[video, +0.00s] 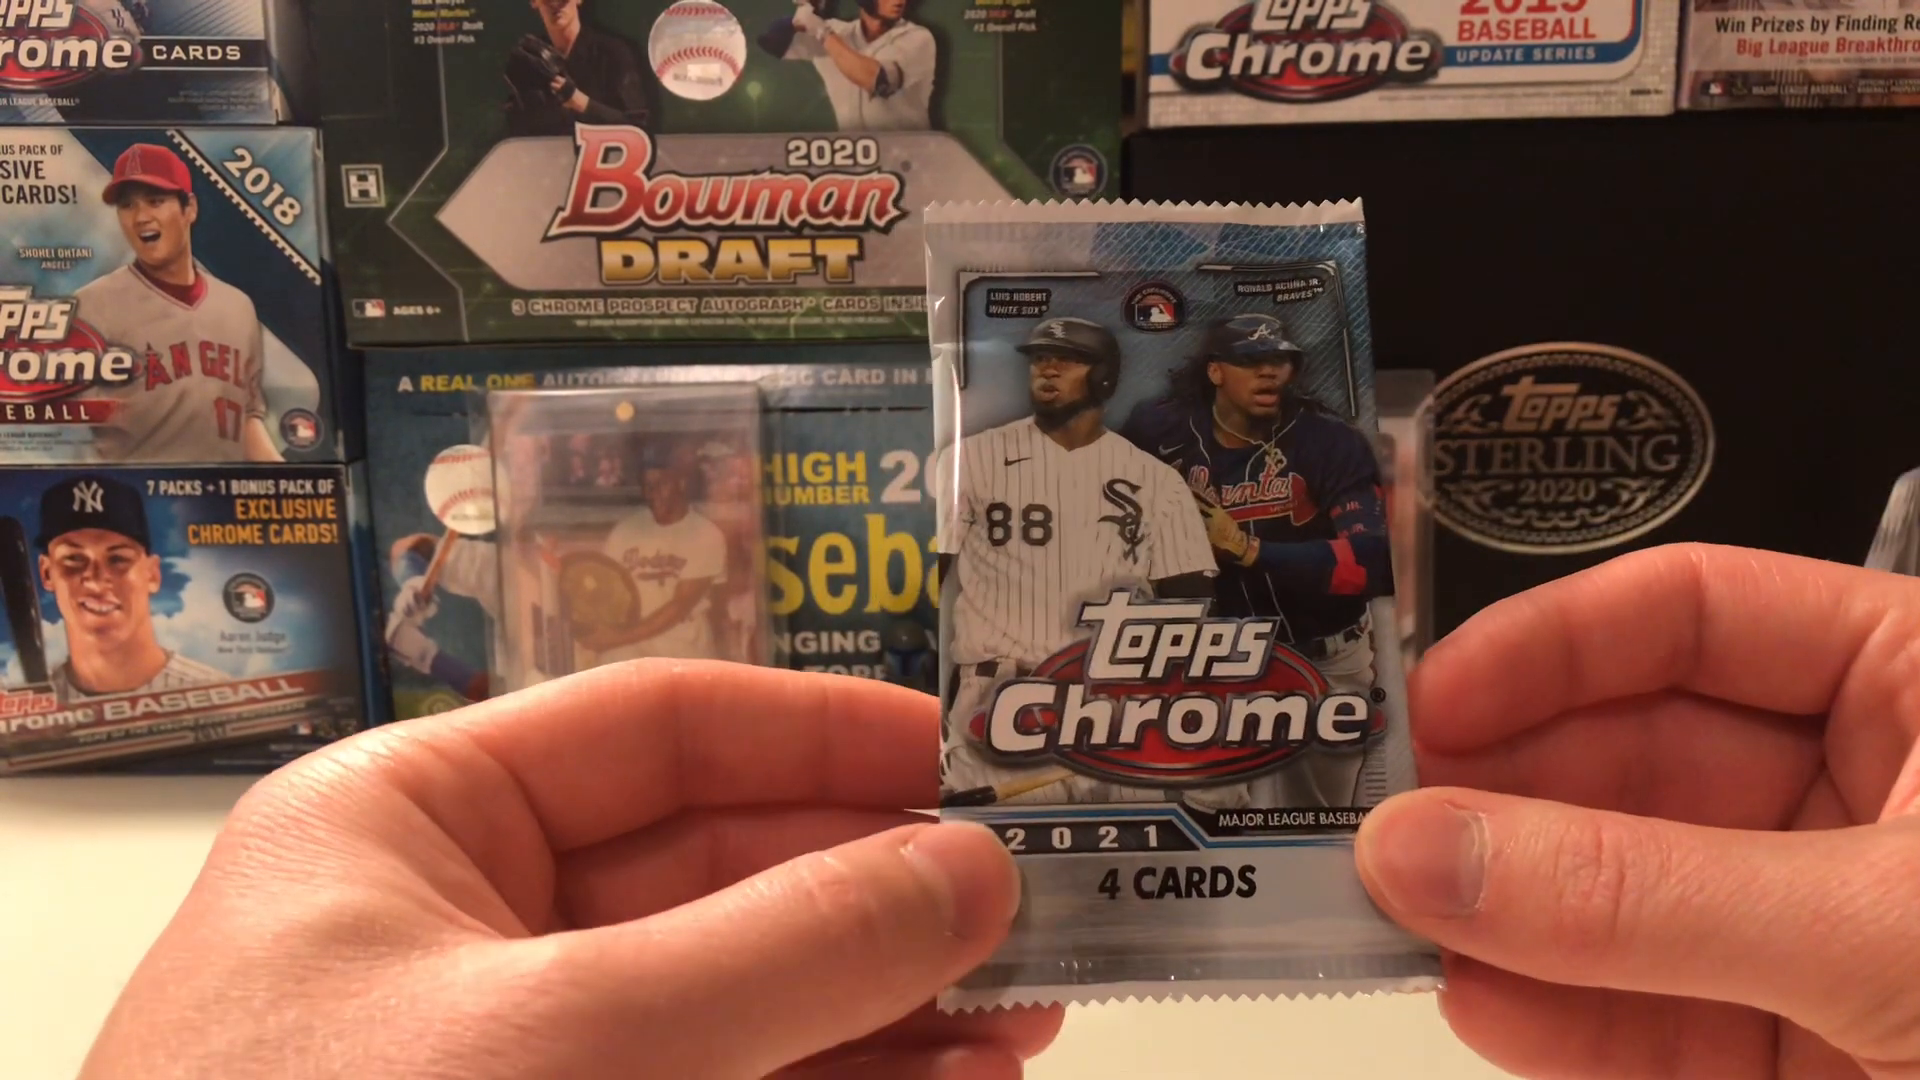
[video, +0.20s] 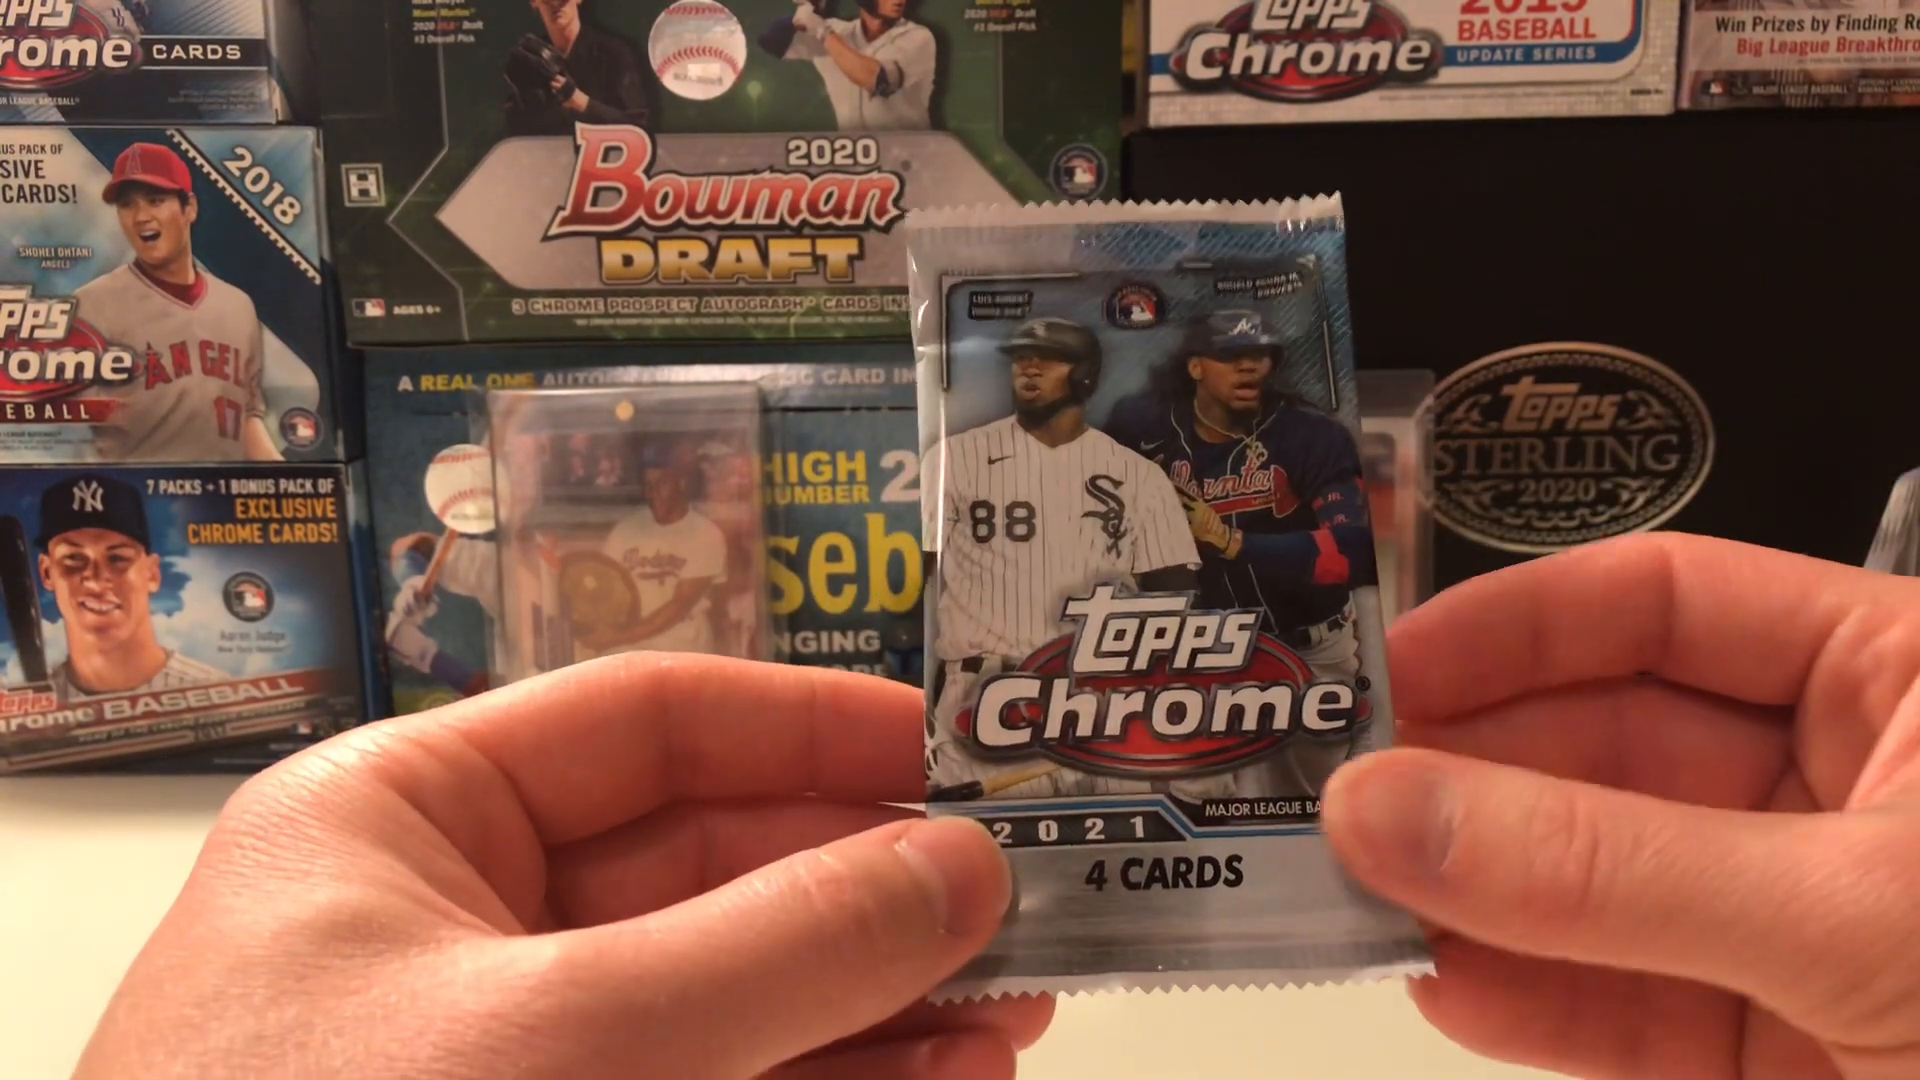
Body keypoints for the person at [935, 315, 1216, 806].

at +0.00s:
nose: (1047, 371)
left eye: (1065, 360)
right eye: (1040, 359)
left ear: (1102, 377)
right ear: (1028, 369)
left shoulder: (1157, 484)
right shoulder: (967, 464)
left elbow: (1186, 611)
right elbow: (940, 590)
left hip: (1111, 715)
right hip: (991, 712)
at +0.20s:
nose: (1028, 369)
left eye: (1046, 359)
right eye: (1021, 358)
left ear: (1083, 375)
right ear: (1010, 368)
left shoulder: (1139, 478)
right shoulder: (951, 462)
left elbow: (1172, 606)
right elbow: (912, 588)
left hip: (1099, 717)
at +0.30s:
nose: (1038, 376)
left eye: (1055, 366)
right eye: (1031, 365)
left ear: (1091, 382)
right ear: (1020, 375)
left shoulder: (1147, 485)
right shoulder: (959, 468)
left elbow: (1183, 611)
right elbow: (934, 593)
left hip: (1102, 711)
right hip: (982, 710)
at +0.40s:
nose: (1045, 379)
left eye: (1062, 368)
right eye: (1037, 368)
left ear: (1098, 384)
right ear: (1027, 378)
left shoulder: (1156, 486)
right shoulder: (970, 471)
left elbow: (1191, 613)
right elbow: (946, 594)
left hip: (1111, 714)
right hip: (993, 714)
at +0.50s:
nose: (1044, 357)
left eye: (1063, 343)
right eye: (1035, 345)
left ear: (1102, 353)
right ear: (1023, 355)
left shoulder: (1168, 462)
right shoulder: (980, 462)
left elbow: (1210, 591)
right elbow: (972, 593)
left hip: (1142, 732)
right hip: (1022, 738)